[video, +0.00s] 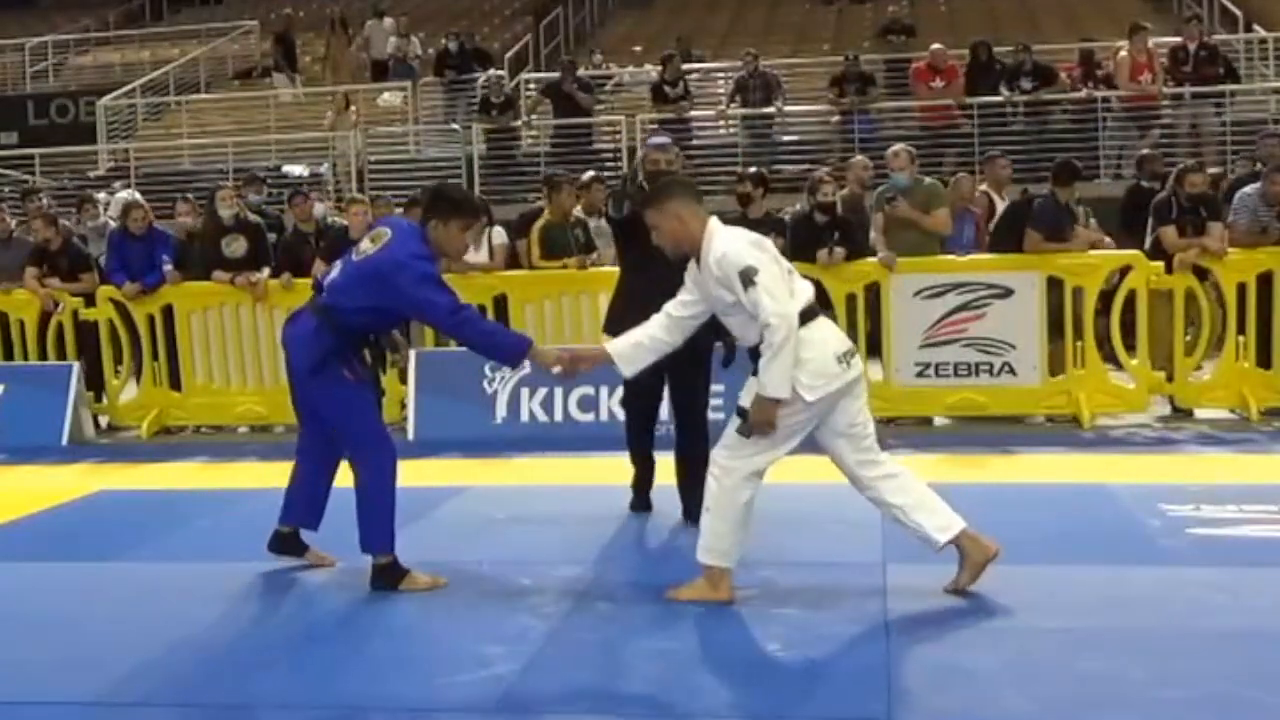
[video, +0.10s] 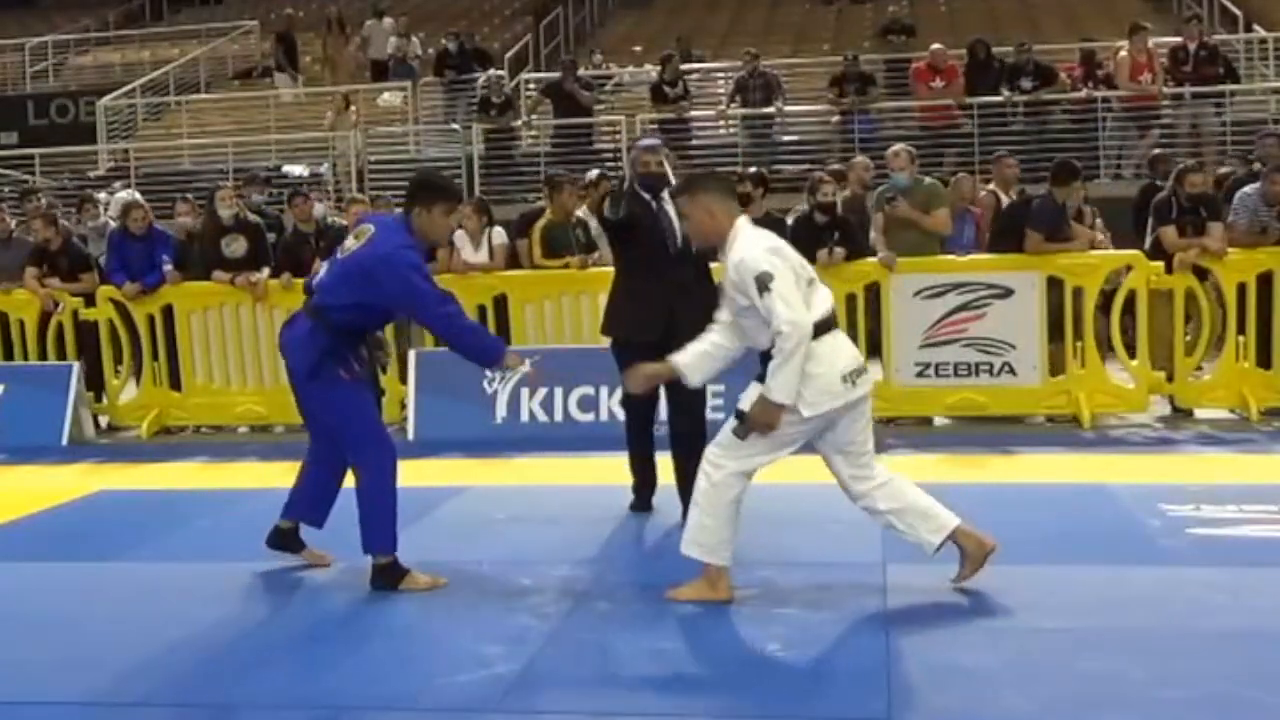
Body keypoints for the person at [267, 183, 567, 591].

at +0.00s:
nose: (470, 243)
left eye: (473, 233)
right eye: (465, 232)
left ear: (434, 223)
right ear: (437, 225)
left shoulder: (398, 230)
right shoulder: (407, 267)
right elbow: (459, 321)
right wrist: (533, 351)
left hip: (308, 332)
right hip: (327, 347)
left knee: (321, 439)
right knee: (376, 452)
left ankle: (288, 533)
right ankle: (385, 566)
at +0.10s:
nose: (455, 225)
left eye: (455, 216)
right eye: (450, 215)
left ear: (419, 212)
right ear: (423, 212)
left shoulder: (382, 226)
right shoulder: (394, 258)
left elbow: (340, 276)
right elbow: (441, 316)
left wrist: (364, 328)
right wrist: (499, 354)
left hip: (309, 333)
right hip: (321, 347)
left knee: (332, 442)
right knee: (376, 450)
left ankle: (287, 529)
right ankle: (385, 565)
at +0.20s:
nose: (431, 212)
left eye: (432, 202)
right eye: (424, 202)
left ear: (395, 202)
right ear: (396, 201)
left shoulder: (362, 226)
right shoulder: (371, 242)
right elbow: (388, 315)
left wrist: (397, 290)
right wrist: (438, 357)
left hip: (311, 343)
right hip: (322, 351)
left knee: (339, 449)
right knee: (377, 450)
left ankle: (285, 533)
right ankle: (388, 565)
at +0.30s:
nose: (398, 199)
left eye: (398, 190)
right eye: (390, 190)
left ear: (372, 192)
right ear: (362, 192)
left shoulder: (358, 233)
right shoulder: (339, 234)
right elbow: (322, 301)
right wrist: (366, 360)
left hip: (313, 350)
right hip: (306, 353)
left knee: (334, 452)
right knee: (368, 452)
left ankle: (281, 541)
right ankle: (387, 564)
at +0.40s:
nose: (373, 190)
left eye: (373, 181)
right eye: (366, 180)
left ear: (345, 185)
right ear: (337, 183)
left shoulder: (337, 230)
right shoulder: (301, 227)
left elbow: (320, 295)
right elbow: (267, 288)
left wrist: (330, 340)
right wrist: (307, 345)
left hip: (311, 348)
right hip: (286, 352)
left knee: (324, 450)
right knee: (341, 452)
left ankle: (277, 545)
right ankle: (373, 556)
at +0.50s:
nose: (351, 180)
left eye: (352, 171)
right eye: (345, 170)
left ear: (326, 173)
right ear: (317, 170)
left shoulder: (322, 227)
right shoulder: (272, 214)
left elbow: (309, 295)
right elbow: (234, 275)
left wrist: (317, 347)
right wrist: (269, 332)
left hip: (305, 345)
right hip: (270, 347)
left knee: (307, 441)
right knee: (310, 440)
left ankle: (276, 541)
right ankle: (322, 551)